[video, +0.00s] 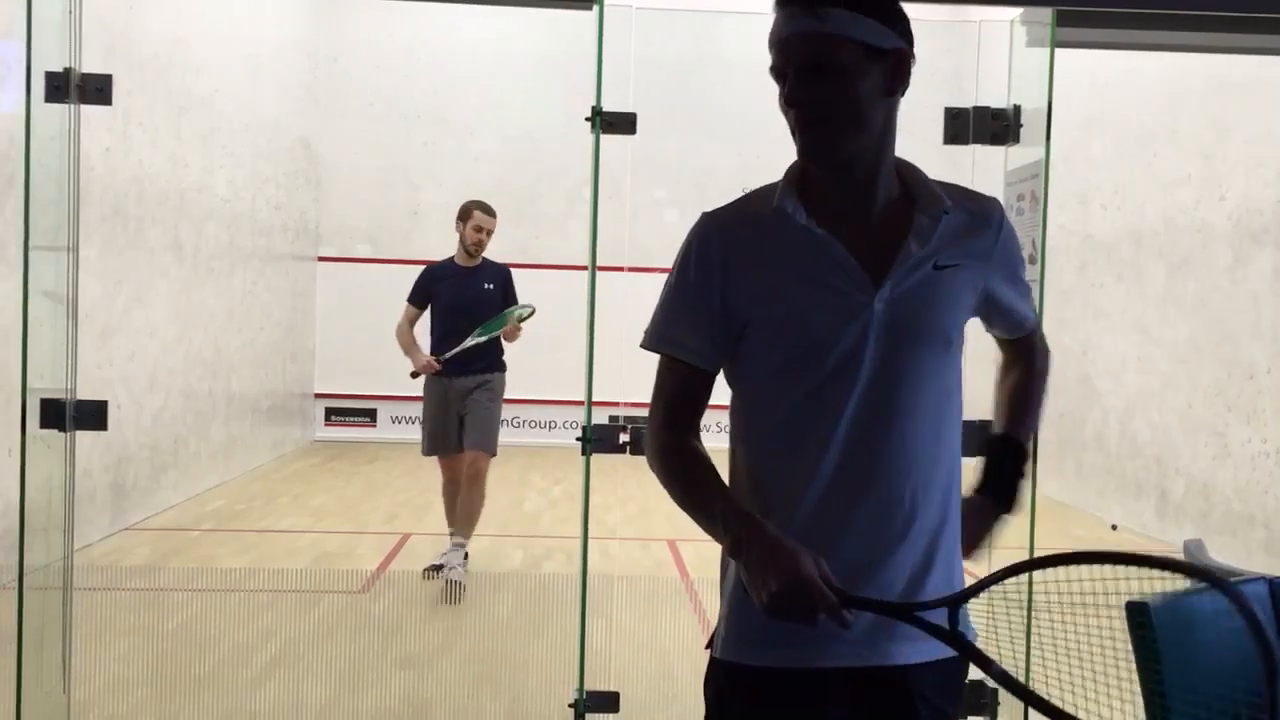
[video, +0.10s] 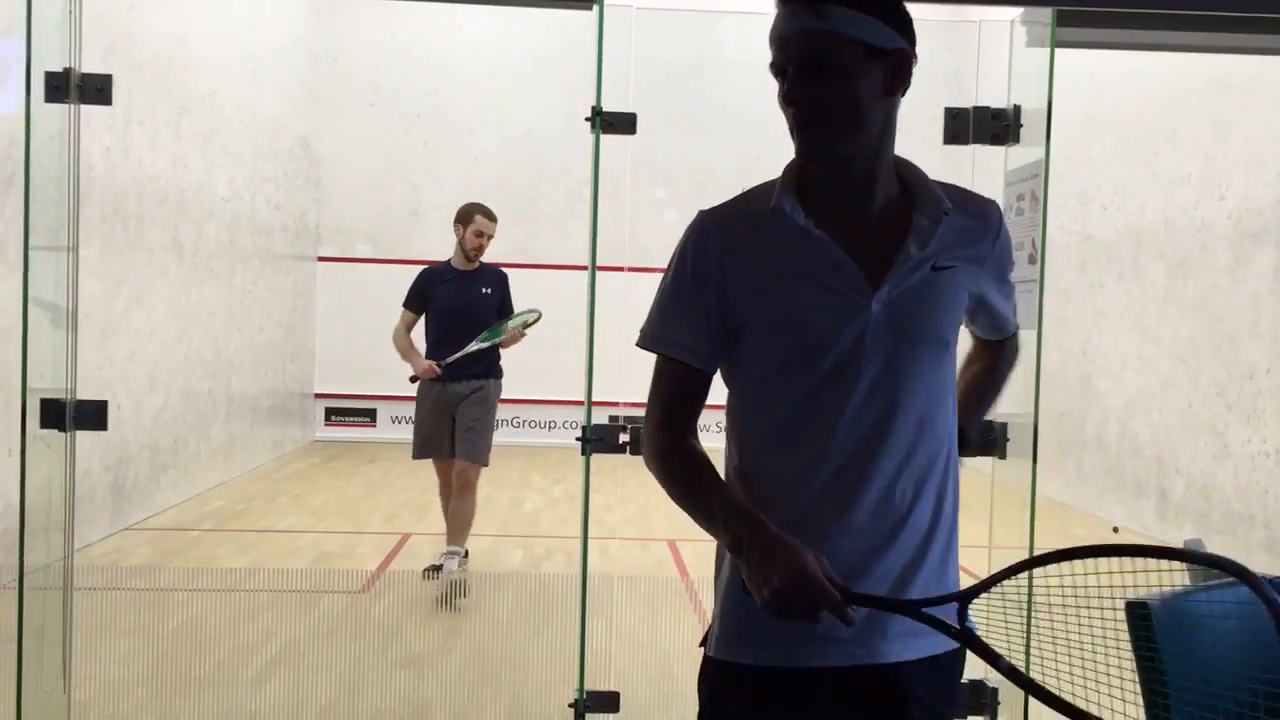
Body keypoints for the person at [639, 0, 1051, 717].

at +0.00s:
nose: (794, 96)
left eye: (822, 71)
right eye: (783, 75)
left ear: (898, 72)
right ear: (773, 80)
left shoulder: (976, 232)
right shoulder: (726, 244)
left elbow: (1024, 348)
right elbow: (668, 433)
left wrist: (995, 491)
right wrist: (753, 546)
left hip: (921, 647)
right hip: (770, 647)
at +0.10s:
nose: (795, 93)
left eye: (823, 69)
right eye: (784, 72)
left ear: (898, 74)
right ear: (772, 78)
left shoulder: (972, 231)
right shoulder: (723, 241)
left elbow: (997, 339)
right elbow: (665, 434)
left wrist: (946, 435)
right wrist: (754, 542)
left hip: (915, 642)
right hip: (765, 645)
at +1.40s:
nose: (791, 94)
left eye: (822, 73)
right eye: (782, 72)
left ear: (897, 89)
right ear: (772, 80)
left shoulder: (942, 232)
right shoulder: (700, 228)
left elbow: (889, 388)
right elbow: (629, 421)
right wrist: (736, 542)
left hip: (889, 638)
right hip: (739, 646)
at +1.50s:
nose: (815, 96)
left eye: (845, 74)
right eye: (799, 72)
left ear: (902, 89)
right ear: (780, 80)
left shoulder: (942, 230)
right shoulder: (701, 229)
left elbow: (889, 386)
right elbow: (630, 422)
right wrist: (738, 545)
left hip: (889, 635)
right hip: (741, 644)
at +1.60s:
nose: (833, 95)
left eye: (861, 73)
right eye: (813, 71)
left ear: (906, 87)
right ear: (787, 80)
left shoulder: (941, 228)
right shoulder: (701, 230)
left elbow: (889, 382)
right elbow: (629, 425)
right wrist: (740, 547)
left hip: (890, 636)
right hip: (744, 644)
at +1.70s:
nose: (852, 97)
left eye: (878, 73)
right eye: (827, 72)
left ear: (908, 88)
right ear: (789, 77)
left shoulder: (939, 226)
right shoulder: (701, 231)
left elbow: (890, 379)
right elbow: (631, 427)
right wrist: (741, 546)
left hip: (892, 634)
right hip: (747, 644)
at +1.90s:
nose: (890, 96)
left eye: (907, 73)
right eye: (861, 70)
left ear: (919, 83)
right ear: (796, 74)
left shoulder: (933, 224)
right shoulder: (700, 234)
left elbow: (883, 389)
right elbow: (630, 429)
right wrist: (743, 548)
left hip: (894, 637)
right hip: (749, 647)